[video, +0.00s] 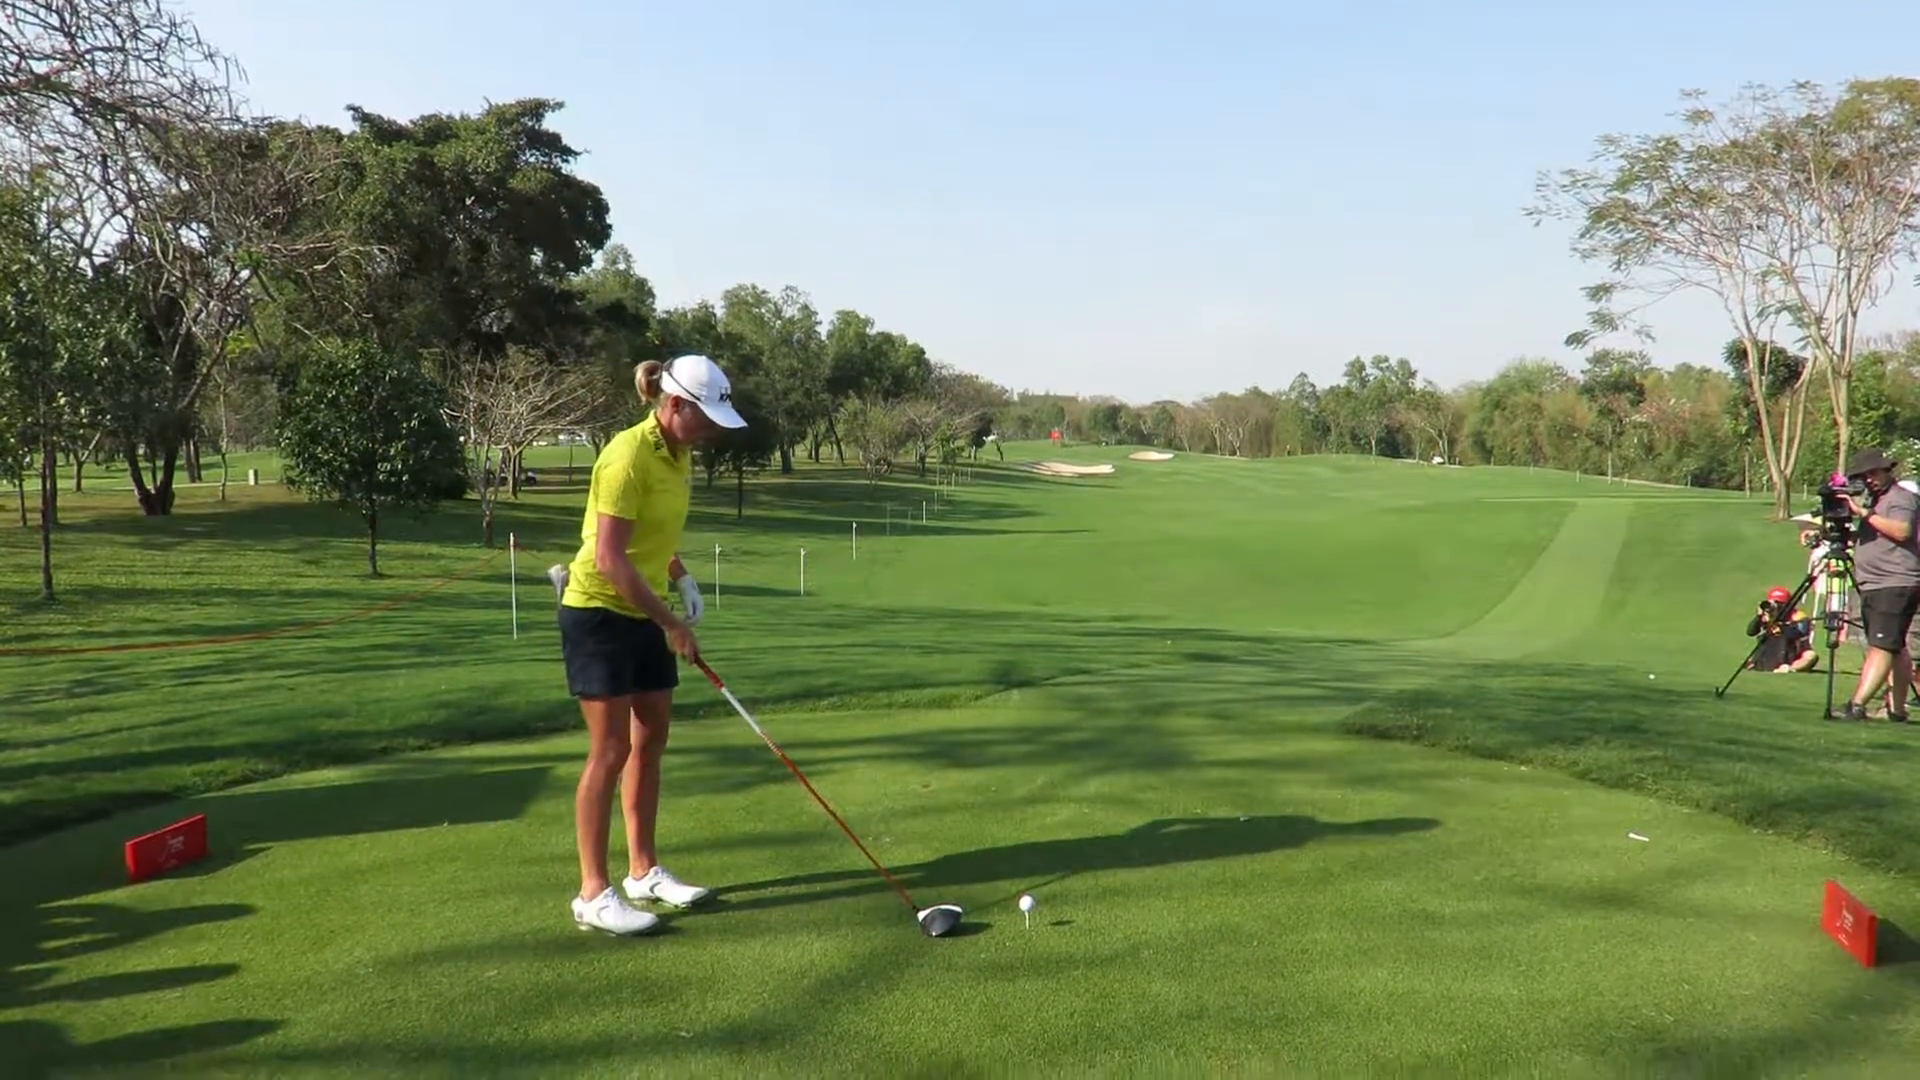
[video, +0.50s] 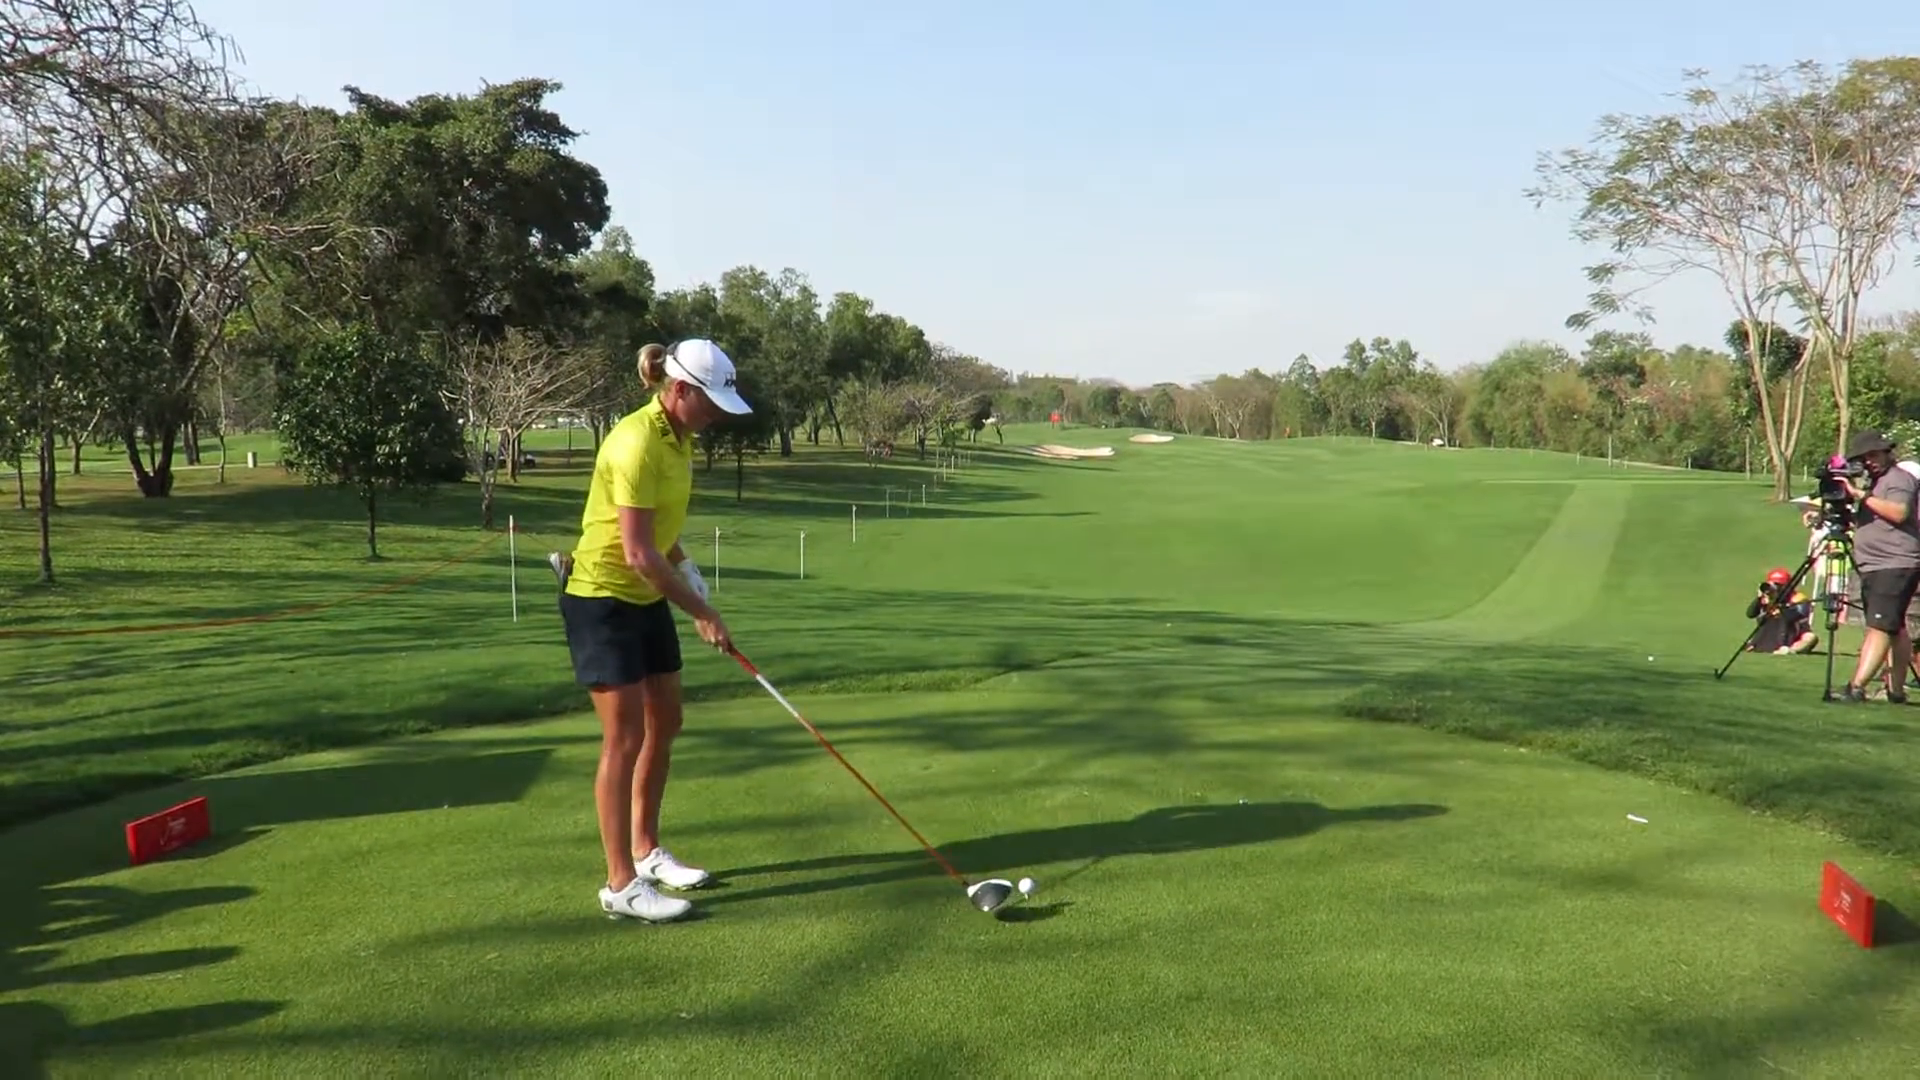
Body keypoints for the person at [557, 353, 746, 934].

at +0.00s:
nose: (711, 432)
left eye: (715, 422)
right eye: (705, 419)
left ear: (693, 411)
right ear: (674, 406)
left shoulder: (677, 456)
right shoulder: (627, 458)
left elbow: (654, 528)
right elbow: (610, 557)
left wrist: (677, 570)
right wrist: (668, 623)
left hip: (646, 613)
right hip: (598, 614)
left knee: (651, 735)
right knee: (610, 747)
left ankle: (643, 872)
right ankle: (592, 893)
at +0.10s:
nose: (711, 427)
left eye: (715, 417)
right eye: (705, 414)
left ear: (697, 407)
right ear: (675, 401)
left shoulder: (681, 451)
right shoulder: (628, 450)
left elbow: (658, 524)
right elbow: (612, 552)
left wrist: (679, 566)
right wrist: (670, 614)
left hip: (650, 608)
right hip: (600, 607)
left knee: (652, 731)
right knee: (622, 736)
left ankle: (643, 866)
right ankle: (594, 883)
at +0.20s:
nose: (711, 423)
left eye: (716, 413)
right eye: (706, 410)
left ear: (699, 403)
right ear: (676, 396)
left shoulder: (681, 447)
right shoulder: (630, 445)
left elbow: (660, 521)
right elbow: (616, 547)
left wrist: (681, 565)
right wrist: (674, 610)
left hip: (650, 601)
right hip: (603, 599)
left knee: (652, 728)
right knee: (631, 731)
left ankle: (644, 860)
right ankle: (600, 876)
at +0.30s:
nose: (712, 420)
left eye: (717, 411)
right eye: (706, 407)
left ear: (699, 400)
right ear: (677, 393)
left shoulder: (681, 445)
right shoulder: (631, 443)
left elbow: (660, 523)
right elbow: (621, 548)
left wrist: (683, 567)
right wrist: (683, 608)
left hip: (651, 601)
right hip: (604, 600)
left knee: (649, 728)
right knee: (630, 730)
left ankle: (642, 856)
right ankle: (617, 881)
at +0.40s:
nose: (715, 418)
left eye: (719, 408)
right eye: (710, 406)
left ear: (694, 397)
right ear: (678, 392)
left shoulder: (680, 442)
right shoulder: (632, 441)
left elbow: (661, 522)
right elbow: (629, 552)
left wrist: (684, 570)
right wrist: (691, 610)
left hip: (650, 599)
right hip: (604, 600)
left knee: (648, 730)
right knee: (627, 739)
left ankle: (643, 856)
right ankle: (620, 884)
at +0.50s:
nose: (716, 416)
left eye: (720, 406)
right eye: (710, 404)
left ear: (692, 395)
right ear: (679, 391)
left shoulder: (677, 440)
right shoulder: (636, 443)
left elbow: (658, 526)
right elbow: (638, 554)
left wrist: (684, 574)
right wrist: (702, 613)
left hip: (648, 596)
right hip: (603, 600)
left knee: (664, 720)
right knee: (624, 736)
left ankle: (643, 853)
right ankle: (620, 884)